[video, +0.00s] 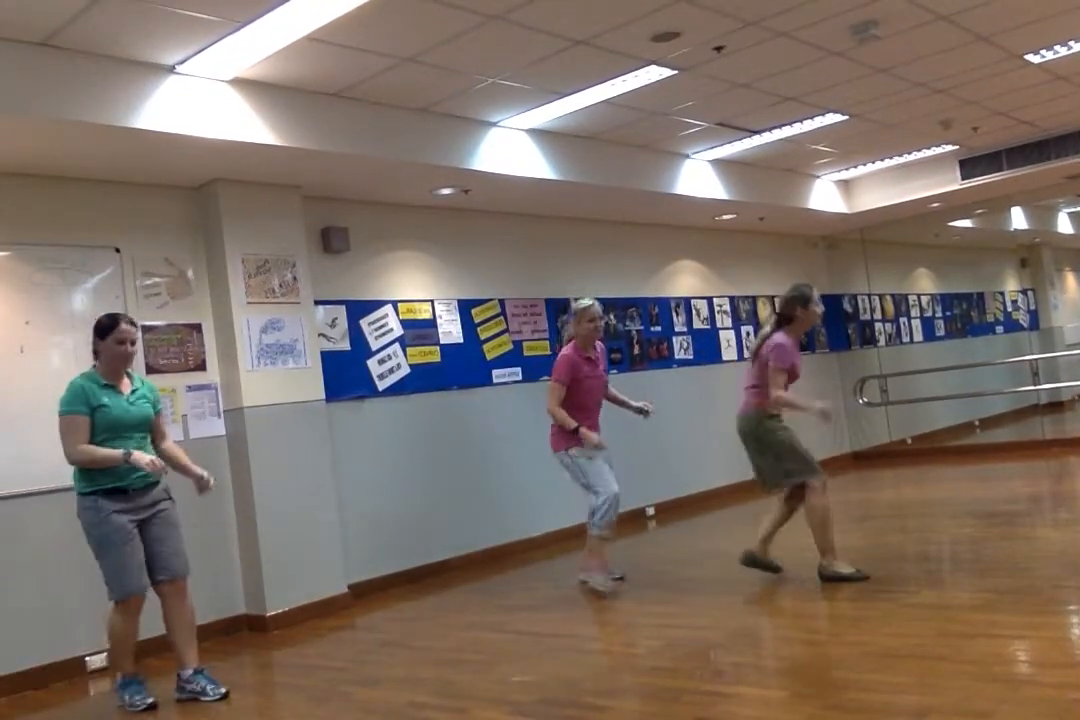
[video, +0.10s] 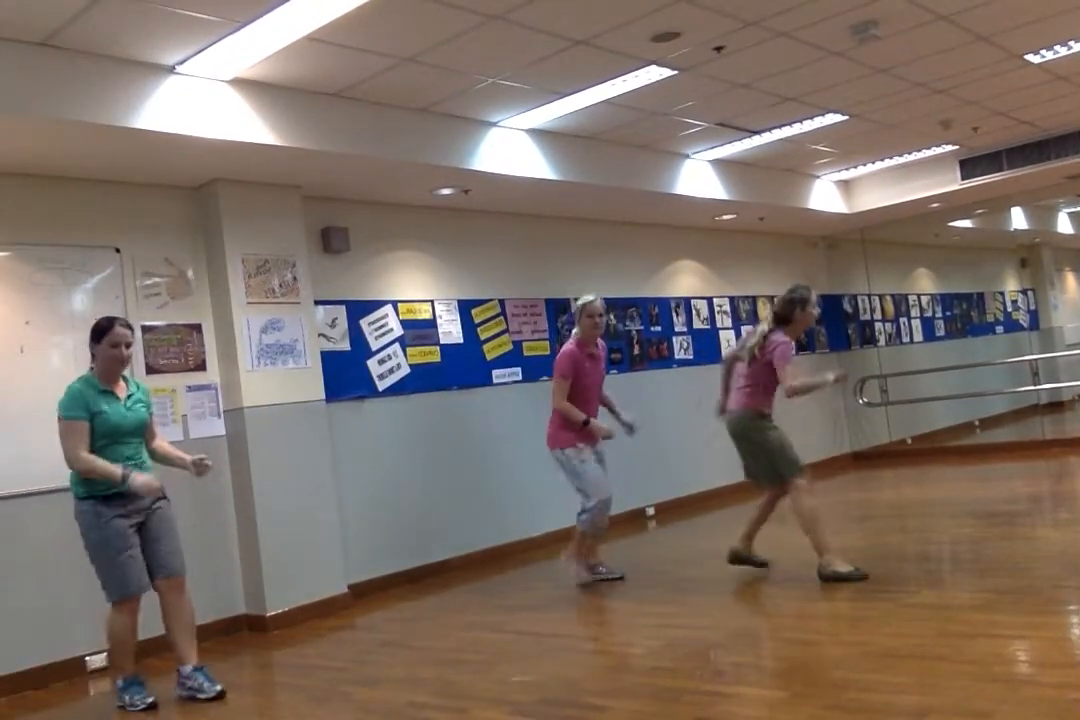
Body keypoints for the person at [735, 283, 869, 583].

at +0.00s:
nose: (820, 312)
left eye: (819, 306)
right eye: (815, 307)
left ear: (796, 311)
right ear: (798, 311)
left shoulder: (778, 340)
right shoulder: (781, 344)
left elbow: (765, 392)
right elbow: (776, 395)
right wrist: (814, 406)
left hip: (756, 420)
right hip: (761, 421)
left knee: (800, 487)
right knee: (815, 481)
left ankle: (759, 551)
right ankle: (829, 562)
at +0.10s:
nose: (816, 316)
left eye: (816, 310)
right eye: (812, 310)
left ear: (786, 311)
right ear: (798, 313)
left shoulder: (760, 334)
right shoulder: (782, 343)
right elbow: (790, 388)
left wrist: (724, 398)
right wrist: (829, 379)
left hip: (739, 418)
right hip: (754, 419)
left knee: (778, 486)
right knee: (798, 482)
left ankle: (743, 547)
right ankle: (828, 560)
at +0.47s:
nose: (780, 324)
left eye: (778, 319)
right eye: (775, 320)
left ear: (757, 322)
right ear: (759, 323)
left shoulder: (740, 343)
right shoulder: (744, 351)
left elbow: (708, 363)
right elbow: (741, 393)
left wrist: (725, 391)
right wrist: (784, 399)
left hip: (721, 421)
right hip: (715, 422)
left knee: (747, 489)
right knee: (753, 482)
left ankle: (731, 554)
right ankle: (773, 560)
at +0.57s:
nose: (768, 308)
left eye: (767, 302)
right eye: (763, 302)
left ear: (749, 307)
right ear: (745, 306)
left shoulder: (745, 336)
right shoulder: (729, 339)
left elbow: (734, 371)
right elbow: (710, 384)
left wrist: (754, 391)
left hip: (724, 410)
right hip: (708, 411)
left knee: (739, 480)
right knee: (741, 476)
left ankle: (733, 554)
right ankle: (729, 555)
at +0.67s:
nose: (755, 299)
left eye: (754, 294)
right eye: (749, 294)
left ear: (739, 301)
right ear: (731, 299)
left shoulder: (740, 331)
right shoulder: (714, 332)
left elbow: (734, 367)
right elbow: (688, 373)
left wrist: (767, 373)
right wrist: (701, 411)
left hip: (729, 414)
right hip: (709, 415)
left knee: (729, 485)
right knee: (728, 483)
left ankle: (729, 554)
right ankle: (704, 558)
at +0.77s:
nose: (742, 300)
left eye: (743, 295)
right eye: (735, 295)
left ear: (741, 300)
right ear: (718, 300)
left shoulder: (737, 333)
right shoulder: (700, 334)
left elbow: (735, 375)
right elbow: (673, 367)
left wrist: (774, 373)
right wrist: (681, 405)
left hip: (728, 420)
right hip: (702, 422)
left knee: (729, 493)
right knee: (710, 495)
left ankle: (730, 555)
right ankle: (697, 564)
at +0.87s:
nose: (733, 297)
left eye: (736, 292)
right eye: (726, 291)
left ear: (738, 299)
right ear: (711, 296)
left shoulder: (735, 333)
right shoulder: (693, 333)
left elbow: (732, 375)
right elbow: (676, 369)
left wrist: (770, 400)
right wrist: (680, 400)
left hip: (726, 422)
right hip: (698, 423)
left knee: (742, 489)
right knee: (704, 495)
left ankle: (730, 549)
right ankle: (697, 564)